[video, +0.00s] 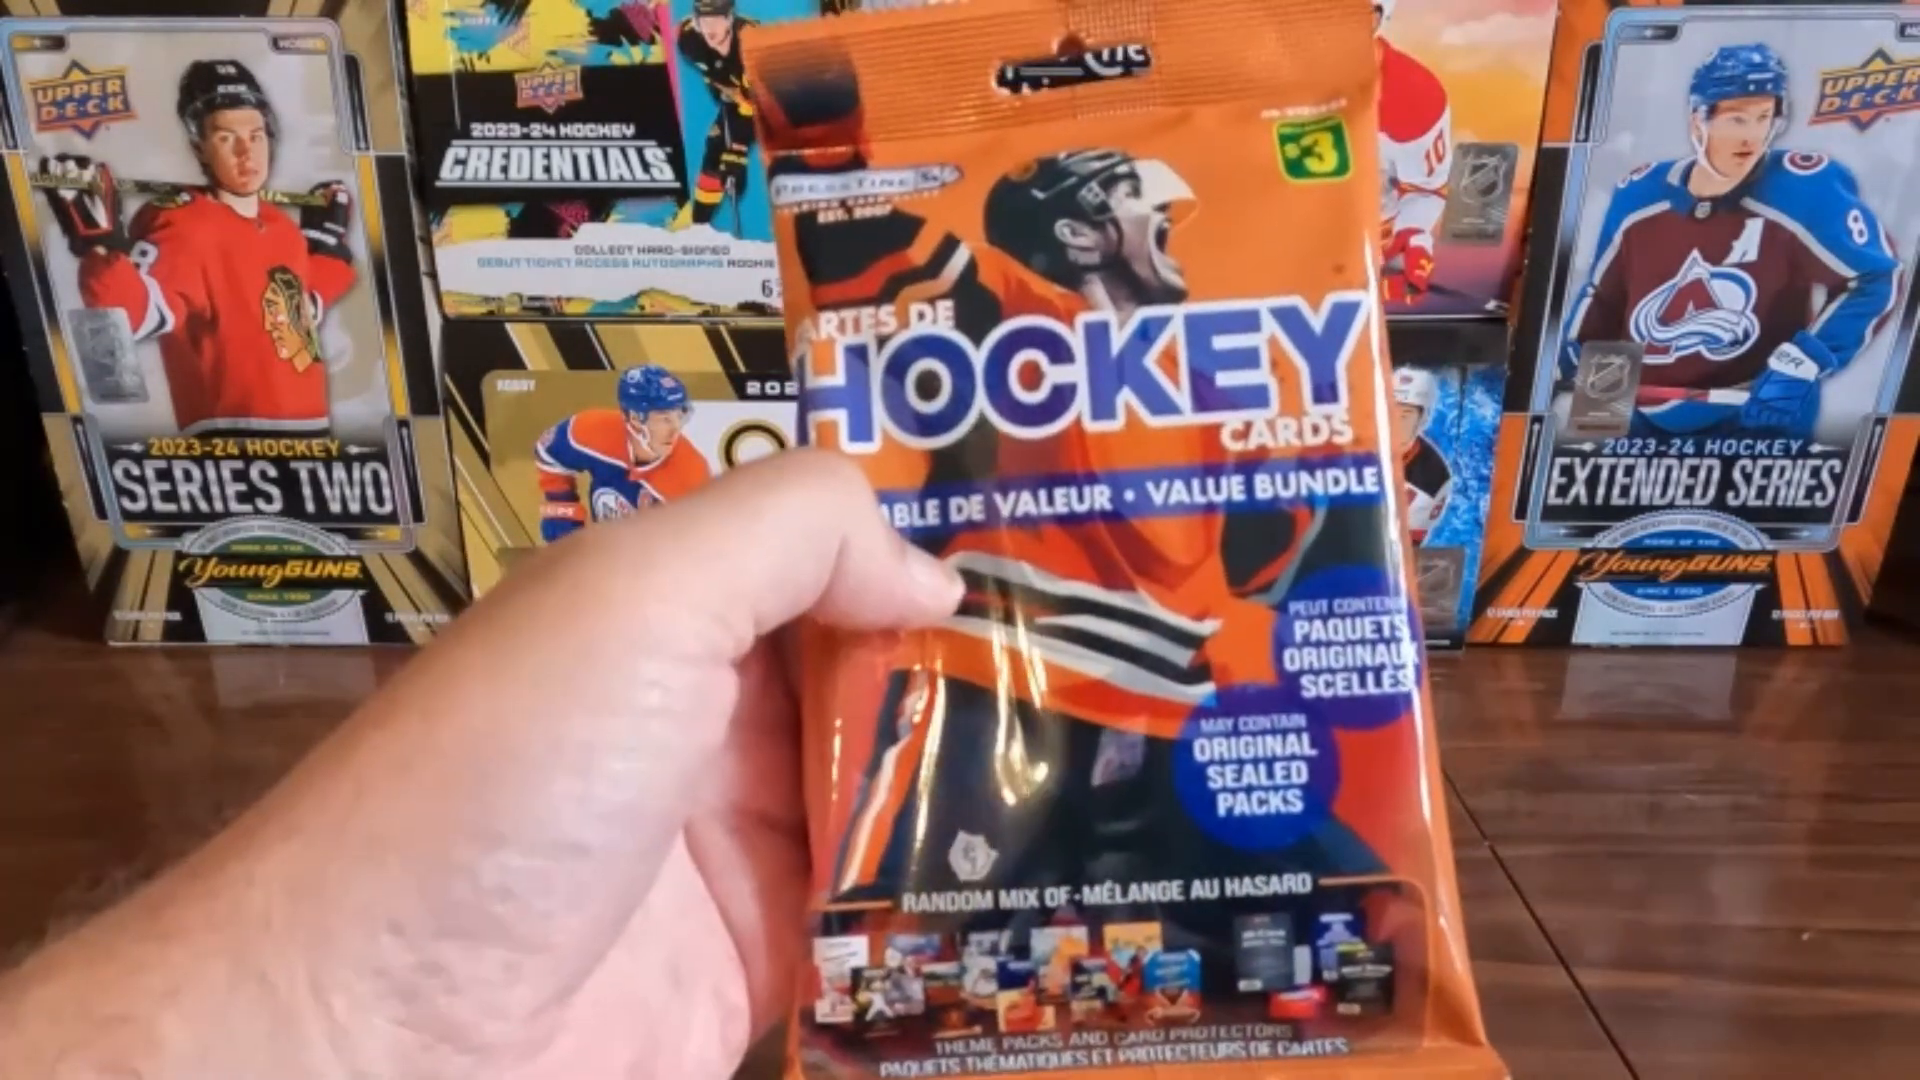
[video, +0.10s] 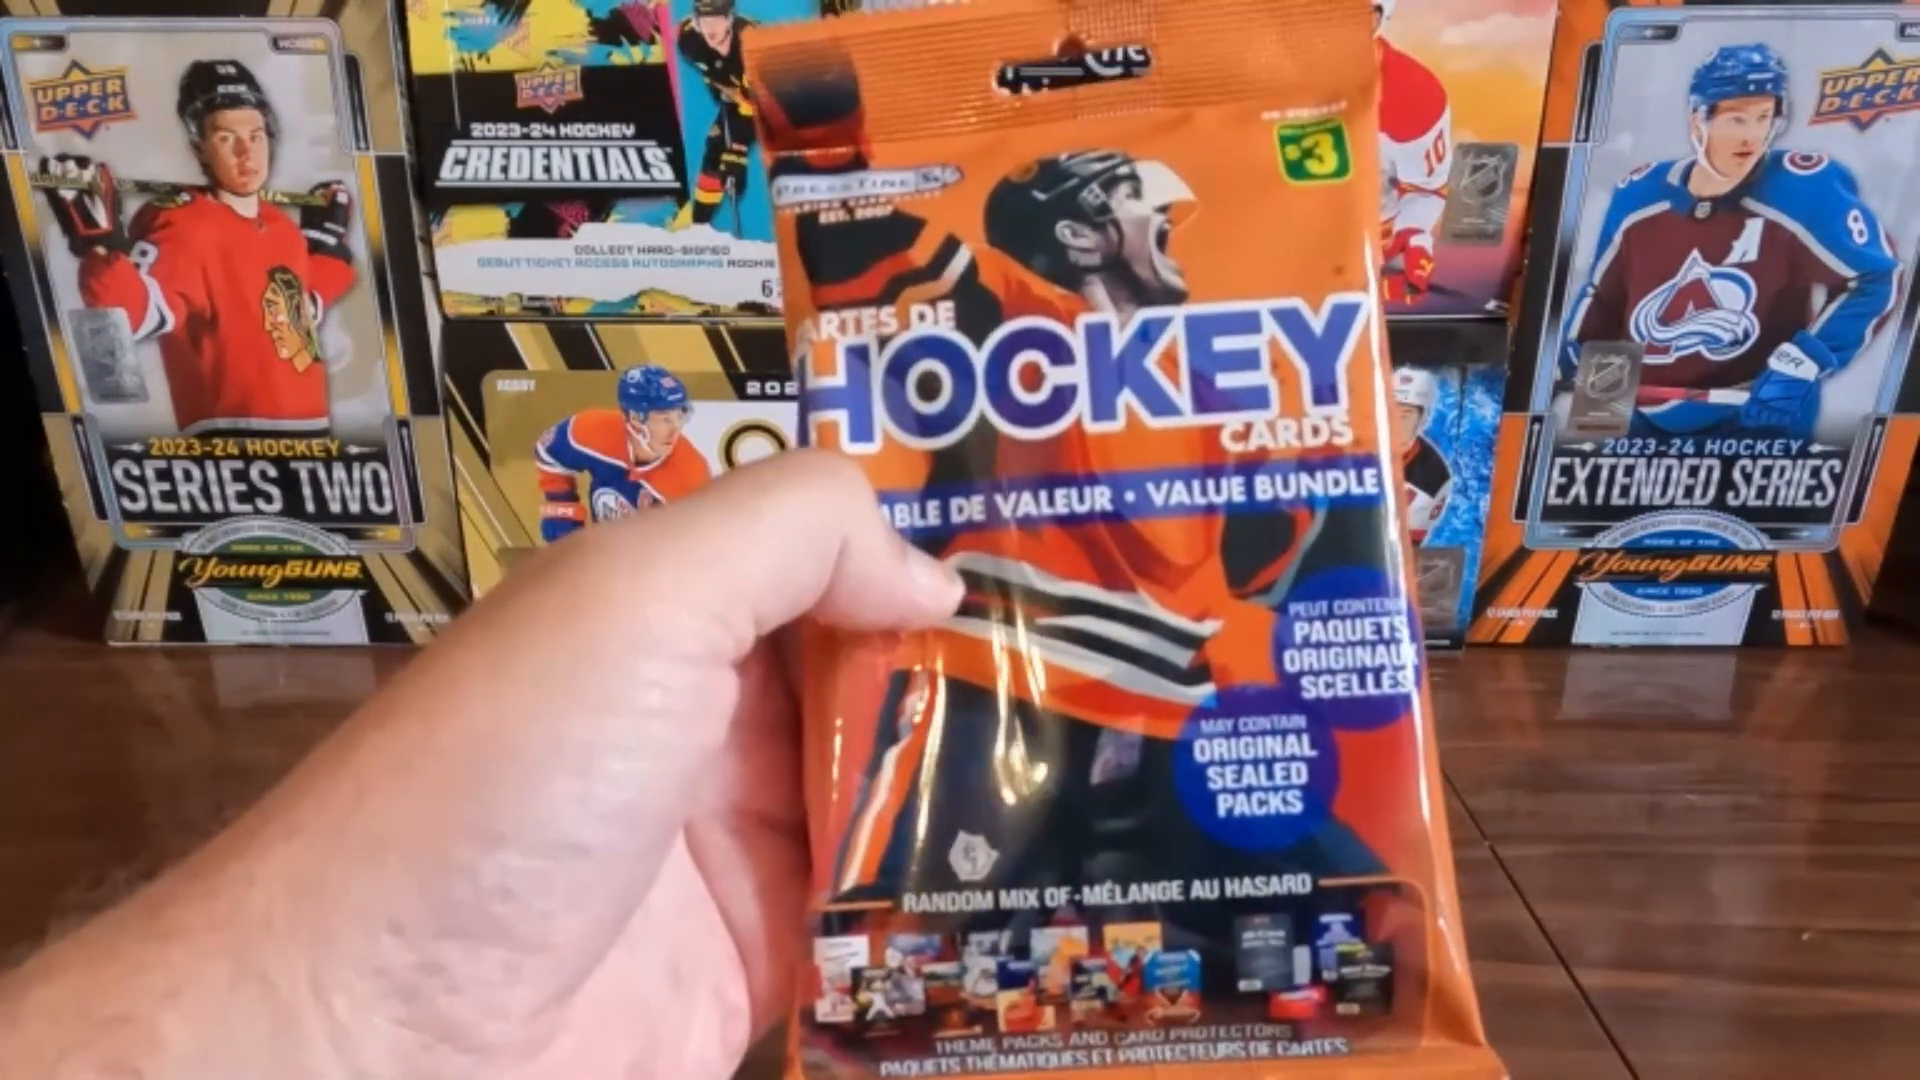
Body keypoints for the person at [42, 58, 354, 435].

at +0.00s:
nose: (247, 152)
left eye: (256, 135)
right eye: (228, 139)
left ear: (270, 140)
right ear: (201, 150)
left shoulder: (283, 227)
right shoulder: (183, 226)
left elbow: (303, 305)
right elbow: (142, 315)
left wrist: (334, 250)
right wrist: (100, 250)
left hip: (307, 432)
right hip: (230, 438)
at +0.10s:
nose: (247, 153)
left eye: (256, 135)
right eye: (227, 139)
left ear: (270, 139)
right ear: (200, 150)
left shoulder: (283, 227)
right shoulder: (183, 226)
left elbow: (302, 306)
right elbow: (143, 314)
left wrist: (334, 251)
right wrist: (100, 250)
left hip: (307, 432)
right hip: (230, 438)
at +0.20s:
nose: (247, 152)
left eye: (256, 135)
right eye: (228, 139)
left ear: (270, 140)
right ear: (201, 150)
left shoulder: (282, 227)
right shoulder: (184, 226)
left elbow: (303, 305)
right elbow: (141, 315)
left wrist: (334, 250)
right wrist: (100, 250)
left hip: (307, 433)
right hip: (230, 440)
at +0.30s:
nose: (247, 153)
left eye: (256, 135)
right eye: (228, 139)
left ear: (270, 140)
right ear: (200, 150)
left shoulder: (283, 227)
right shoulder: (184, 226)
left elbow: (303, 306)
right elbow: (140, 316)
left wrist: (334, 250)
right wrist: (100, 250)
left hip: (307, 433)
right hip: (231, 440)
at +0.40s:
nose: (247, 152)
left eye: (256, 135)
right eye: (228, 139)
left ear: (270, 140)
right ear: (201, 150)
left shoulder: (282, 227)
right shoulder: (184, 226)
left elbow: (303, 305)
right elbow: (141, 315)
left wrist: (334, 250)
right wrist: (100, 250)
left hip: (307, 433)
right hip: (231, 440)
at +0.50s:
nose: (247, 152)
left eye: (256, 135)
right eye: (228, 139)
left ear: (270, 139)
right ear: (201, 150)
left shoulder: (282, 227)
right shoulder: (184, 226)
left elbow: (302, 307)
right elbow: (140, 315)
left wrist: (333, 249)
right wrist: (100, 249)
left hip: (308, 433)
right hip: (231, 441)